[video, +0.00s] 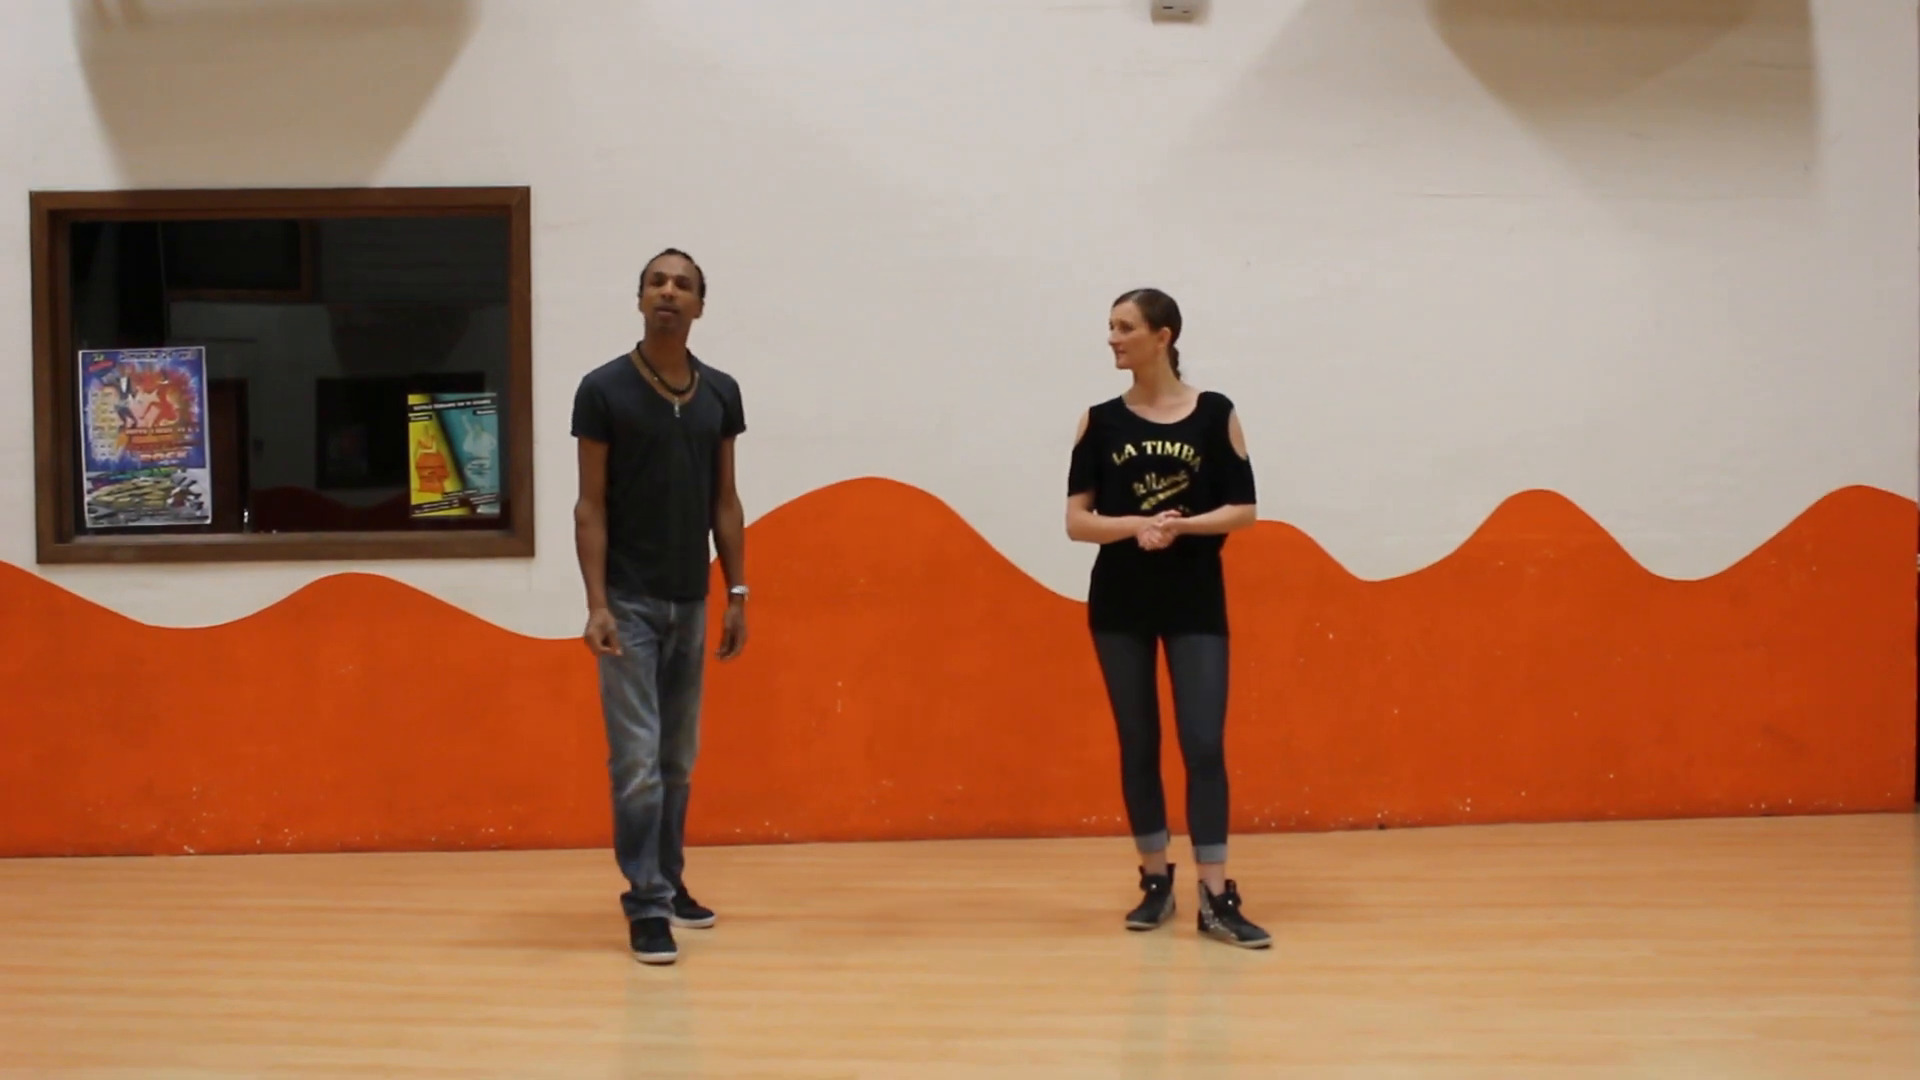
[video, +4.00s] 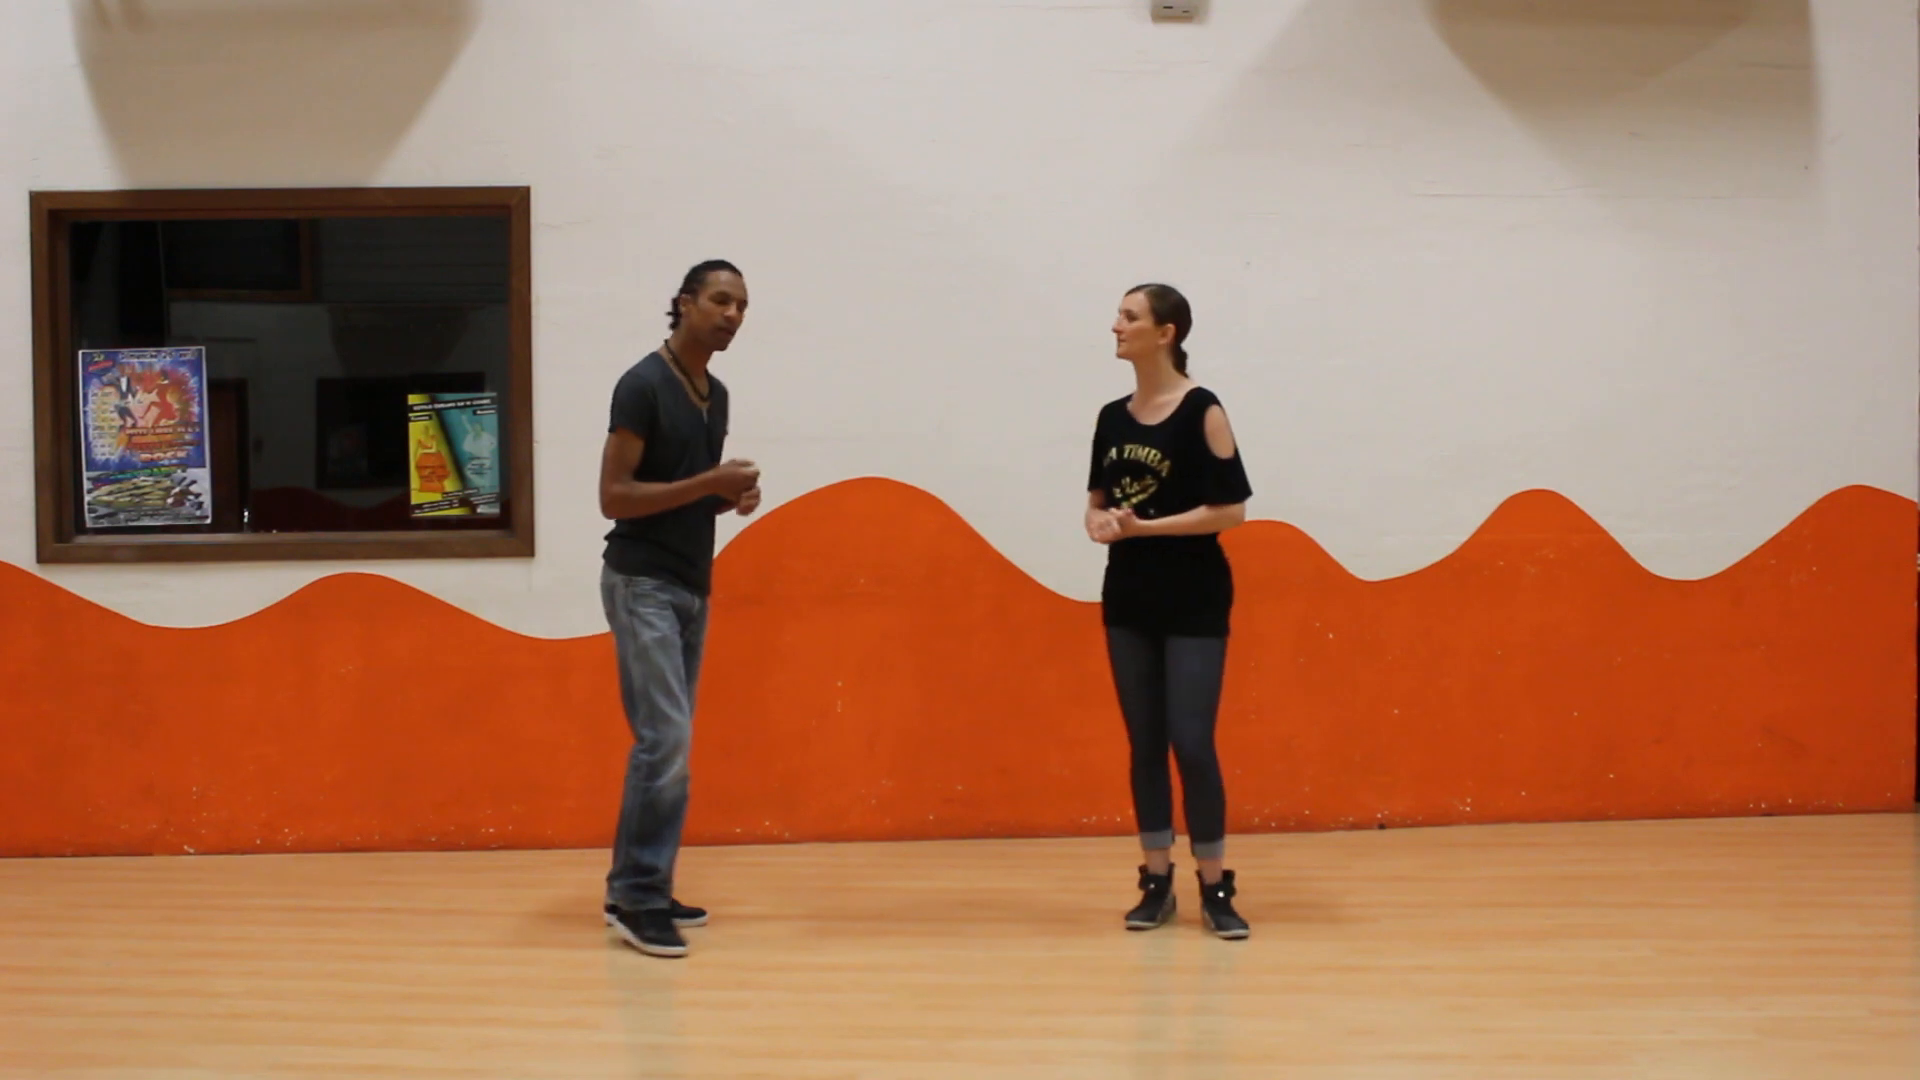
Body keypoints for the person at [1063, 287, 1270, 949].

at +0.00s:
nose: (1112, 339)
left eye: (1125, 328)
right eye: (1111, 329)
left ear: (1164, 334)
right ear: (1120, 339)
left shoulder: (1214, 412)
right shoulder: (1099, 421)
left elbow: (1243, 511)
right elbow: (1078, 521)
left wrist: (1183, 523)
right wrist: (1131, 527)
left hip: (1194, 600)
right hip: (1120, 601)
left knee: (1204, 746)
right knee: (1138, 745)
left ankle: (1216, 896)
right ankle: (1157, 882)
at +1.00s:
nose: (1123, 339)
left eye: (1136, 328)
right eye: (1120, 329)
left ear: (1173, 337)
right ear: (1121, 337)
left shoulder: (1218, 415)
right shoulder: (1101, 422)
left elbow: (1246, 511)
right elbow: (1080, 521)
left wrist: (1200, 525)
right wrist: (1144, 525)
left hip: (1196, 603)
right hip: (1121, 603)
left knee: (1207, 747)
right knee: (1140, 745)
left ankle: (1216, 896)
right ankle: (1157, 883)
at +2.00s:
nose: (1136, 335)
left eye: (1148, 325)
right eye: (1126, 325)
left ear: (1172, 336)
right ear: (1113, 338)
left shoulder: (1208, 412)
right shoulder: (1092, 422)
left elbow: (1243, 506)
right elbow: (1072, 522)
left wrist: (1196, 522)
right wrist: (1134, 520)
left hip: (1192, 602)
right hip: (1118, 604)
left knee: (1204, 747)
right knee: (1138, 746)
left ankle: (1215, 896)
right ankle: (1157, 884)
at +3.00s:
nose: (1145, 336)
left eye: (1156, 326)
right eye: (1133, 327)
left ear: (1175, 337)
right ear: (1116, 338)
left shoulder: (1210, 413)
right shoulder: (1094, 425)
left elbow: (1244, 507)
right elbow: (1076, 524)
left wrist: (1197, 522)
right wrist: (1138, 522)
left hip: (1194, 603)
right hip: (1119, 605)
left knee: (1206, 748)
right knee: (1138, 746)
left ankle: (1216, 896)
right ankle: (1157, 883)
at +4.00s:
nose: (1116, 327)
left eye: (1130, 318)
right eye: (1118, 317)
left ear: (1168, 332)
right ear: (1134, 331)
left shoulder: (1203, 411)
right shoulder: (1113, 415)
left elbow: (1232, 509)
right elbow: (1097, 499)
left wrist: (1145, 526)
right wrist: (1097, 519)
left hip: (1194, 598)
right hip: (1129, 598)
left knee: (1192, 740)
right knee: (1146, 742)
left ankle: (1214, 887)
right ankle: (1156, 884)